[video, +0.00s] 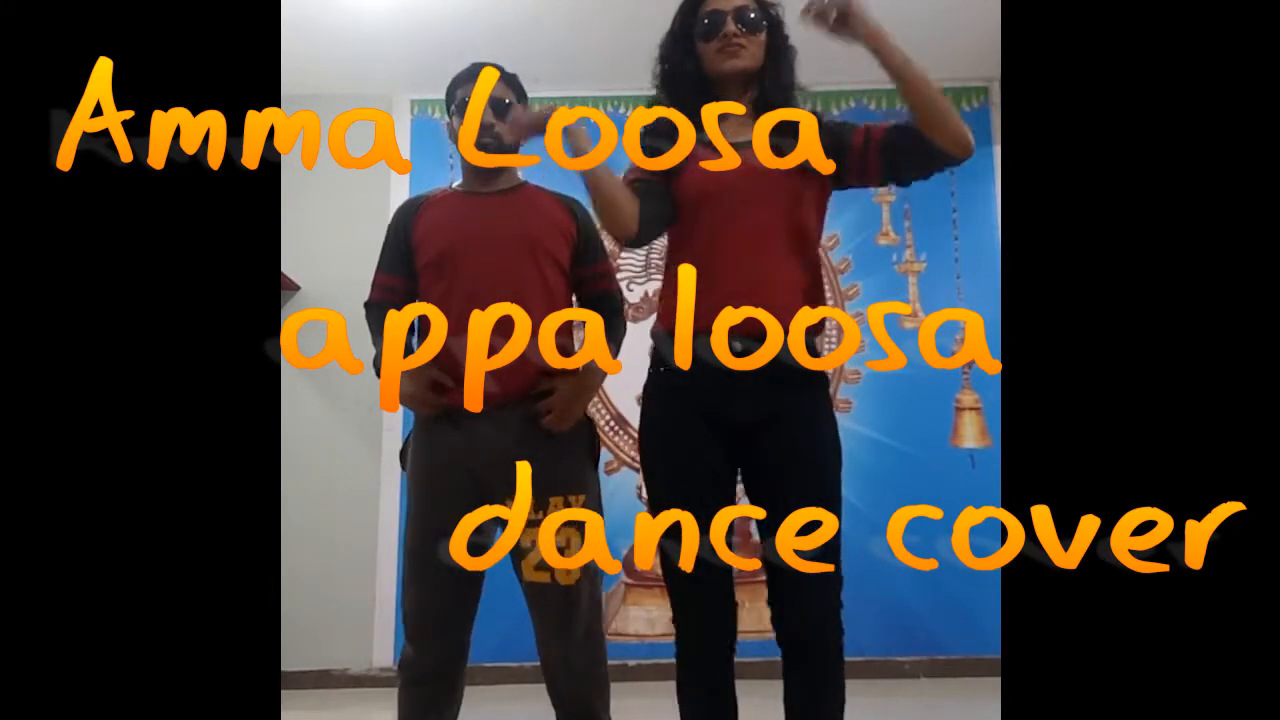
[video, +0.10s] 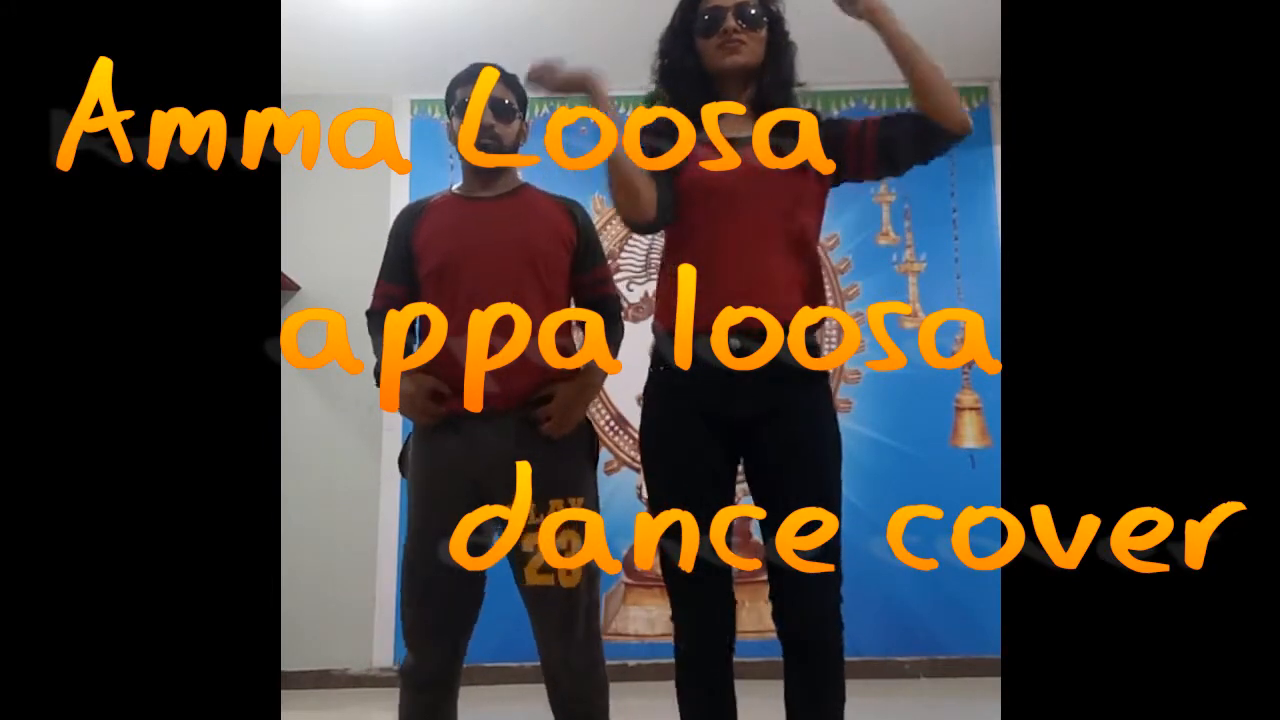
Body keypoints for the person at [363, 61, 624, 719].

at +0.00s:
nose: (488, 118)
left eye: (503, 106)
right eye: (472, 107)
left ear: (525, 123)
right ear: (451, 123)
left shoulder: (566, 215)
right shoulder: (415, 217)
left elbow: (608, 306)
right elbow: (383, 309)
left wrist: (590, 375)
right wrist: (397, 372)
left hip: (551, 436)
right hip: (447, 438)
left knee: (571, 625)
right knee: (432, 628)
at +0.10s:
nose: (489, 121)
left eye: (504, 109)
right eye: (473, 109)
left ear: (523, 125)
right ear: (450, 123)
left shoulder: (565, 217)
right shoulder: (416, 221)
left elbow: (606, 308)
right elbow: (385, 316)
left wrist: (589, 379)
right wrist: (396, 379)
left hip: (549, 441)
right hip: (447, 444)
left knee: (570, 630)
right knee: (431, 635)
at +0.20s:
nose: (490, 115)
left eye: (505, 103)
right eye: (473, 102)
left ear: (523, 120)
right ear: (451, 116)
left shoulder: (567, 209)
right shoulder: (414, 211)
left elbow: (606, 302)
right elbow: (384, 306)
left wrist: (589, 372)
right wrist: (401, 371)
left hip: (550, 432)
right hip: (447, 434)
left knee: (573, 622)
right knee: (433, 627)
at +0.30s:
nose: (490, 120)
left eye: (505, 108)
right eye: (474, 108)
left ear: (524, 125)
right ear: (452, 122)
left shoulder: (568, 217)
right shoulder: (415, 220)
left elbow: (608, 310)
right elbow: (380, 313)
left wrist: (589, 377)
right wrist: (395, 374)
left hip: (549, 442)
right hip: (444, 443)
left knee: (573, 624)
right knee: (425, 624)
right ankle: (420, 719)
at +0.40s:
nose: (490, 115)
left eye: (504, 103)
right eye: (474, 103)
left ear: (523, 117)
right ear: (451, 116)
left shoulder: (569, 207)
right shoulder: (417, 210)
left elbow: (607, 300)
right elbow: (387, 306)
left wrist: (587, 369)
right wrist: (403, 365)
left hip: (548, 431)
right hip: (445, 434)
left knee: (573, 619)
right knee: (420, 621)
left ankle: (587, 719)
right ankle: (414, 718)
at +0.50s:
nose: (489, 117)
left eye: (504, 106)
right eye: (472, 107)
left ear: (525, 125)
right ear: (452, 125)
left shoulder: (569, 215)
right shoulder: (418, 216)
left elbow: (609, 309)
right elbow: (387, 303)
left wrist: (591, 377)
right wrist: (401, 360)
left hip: (548, 432)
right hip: (445, 434)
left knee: (575, 618)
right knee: (420, 619)